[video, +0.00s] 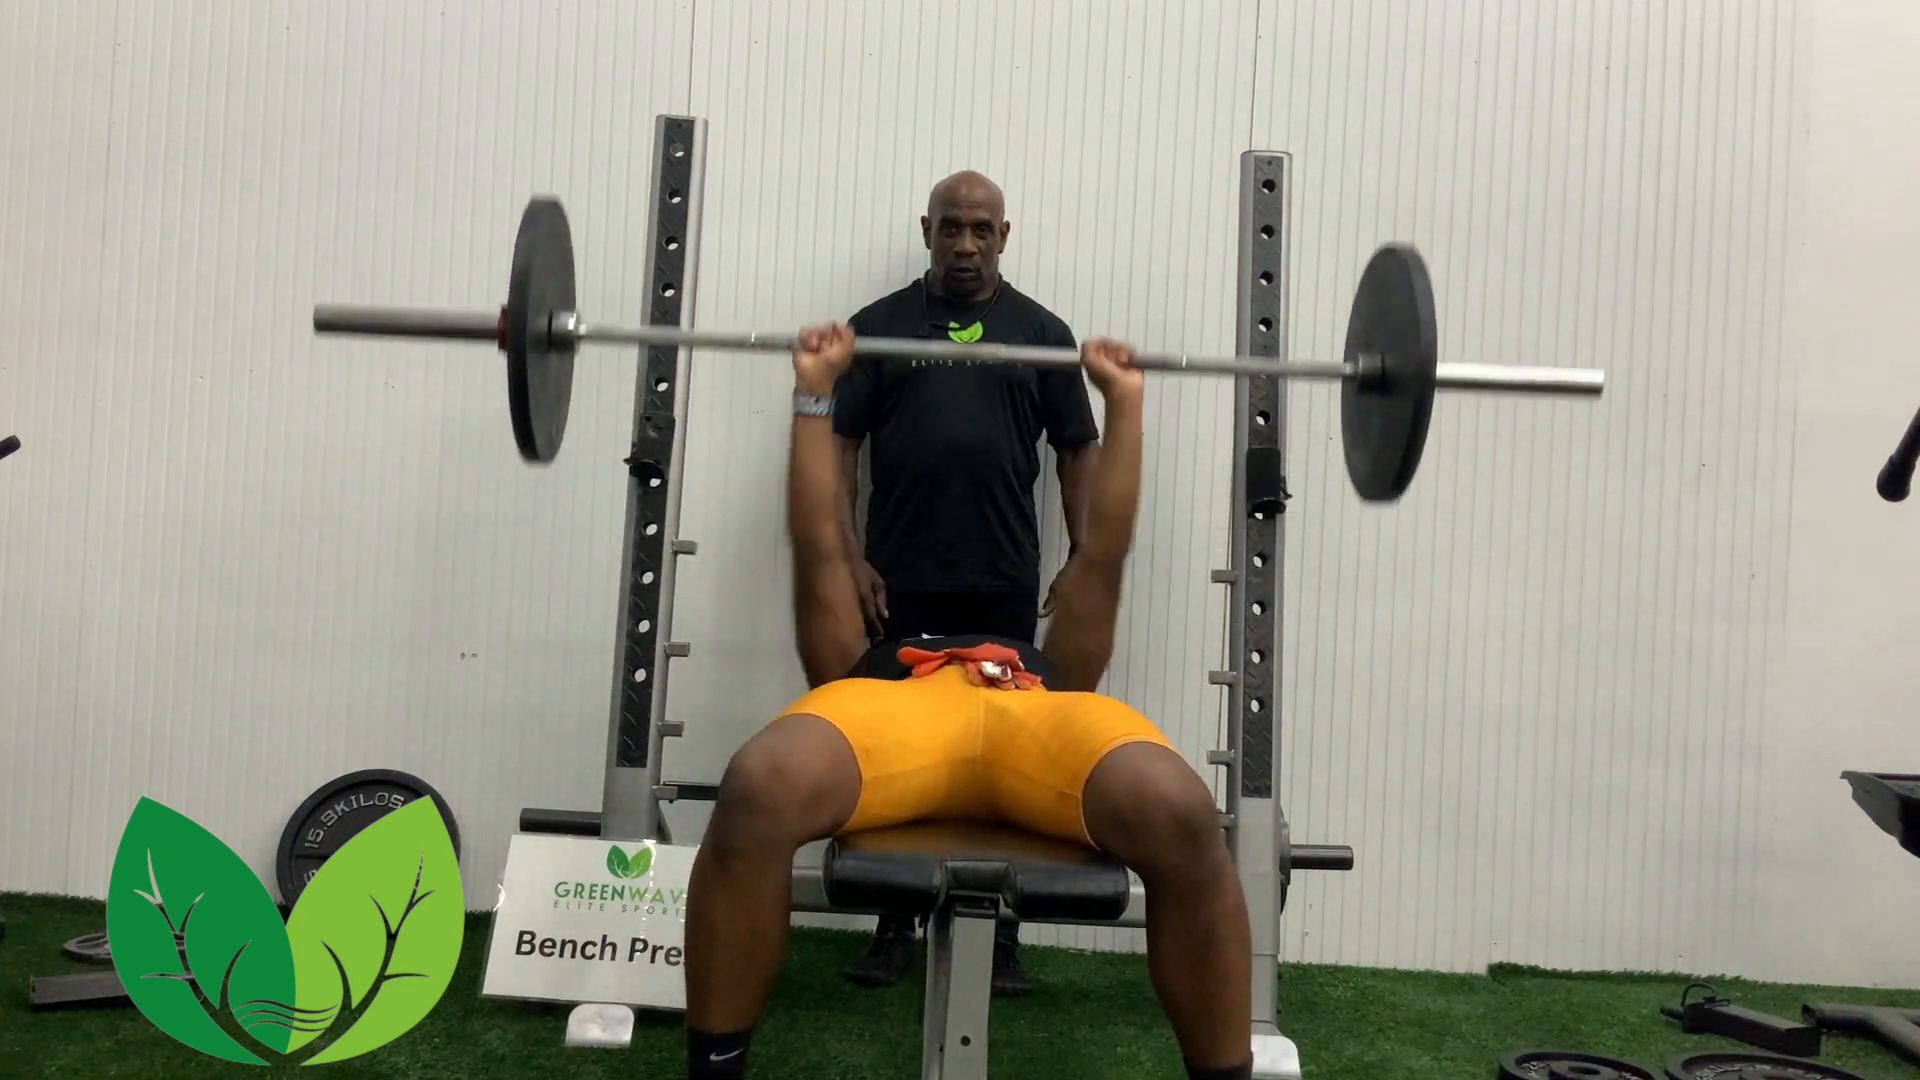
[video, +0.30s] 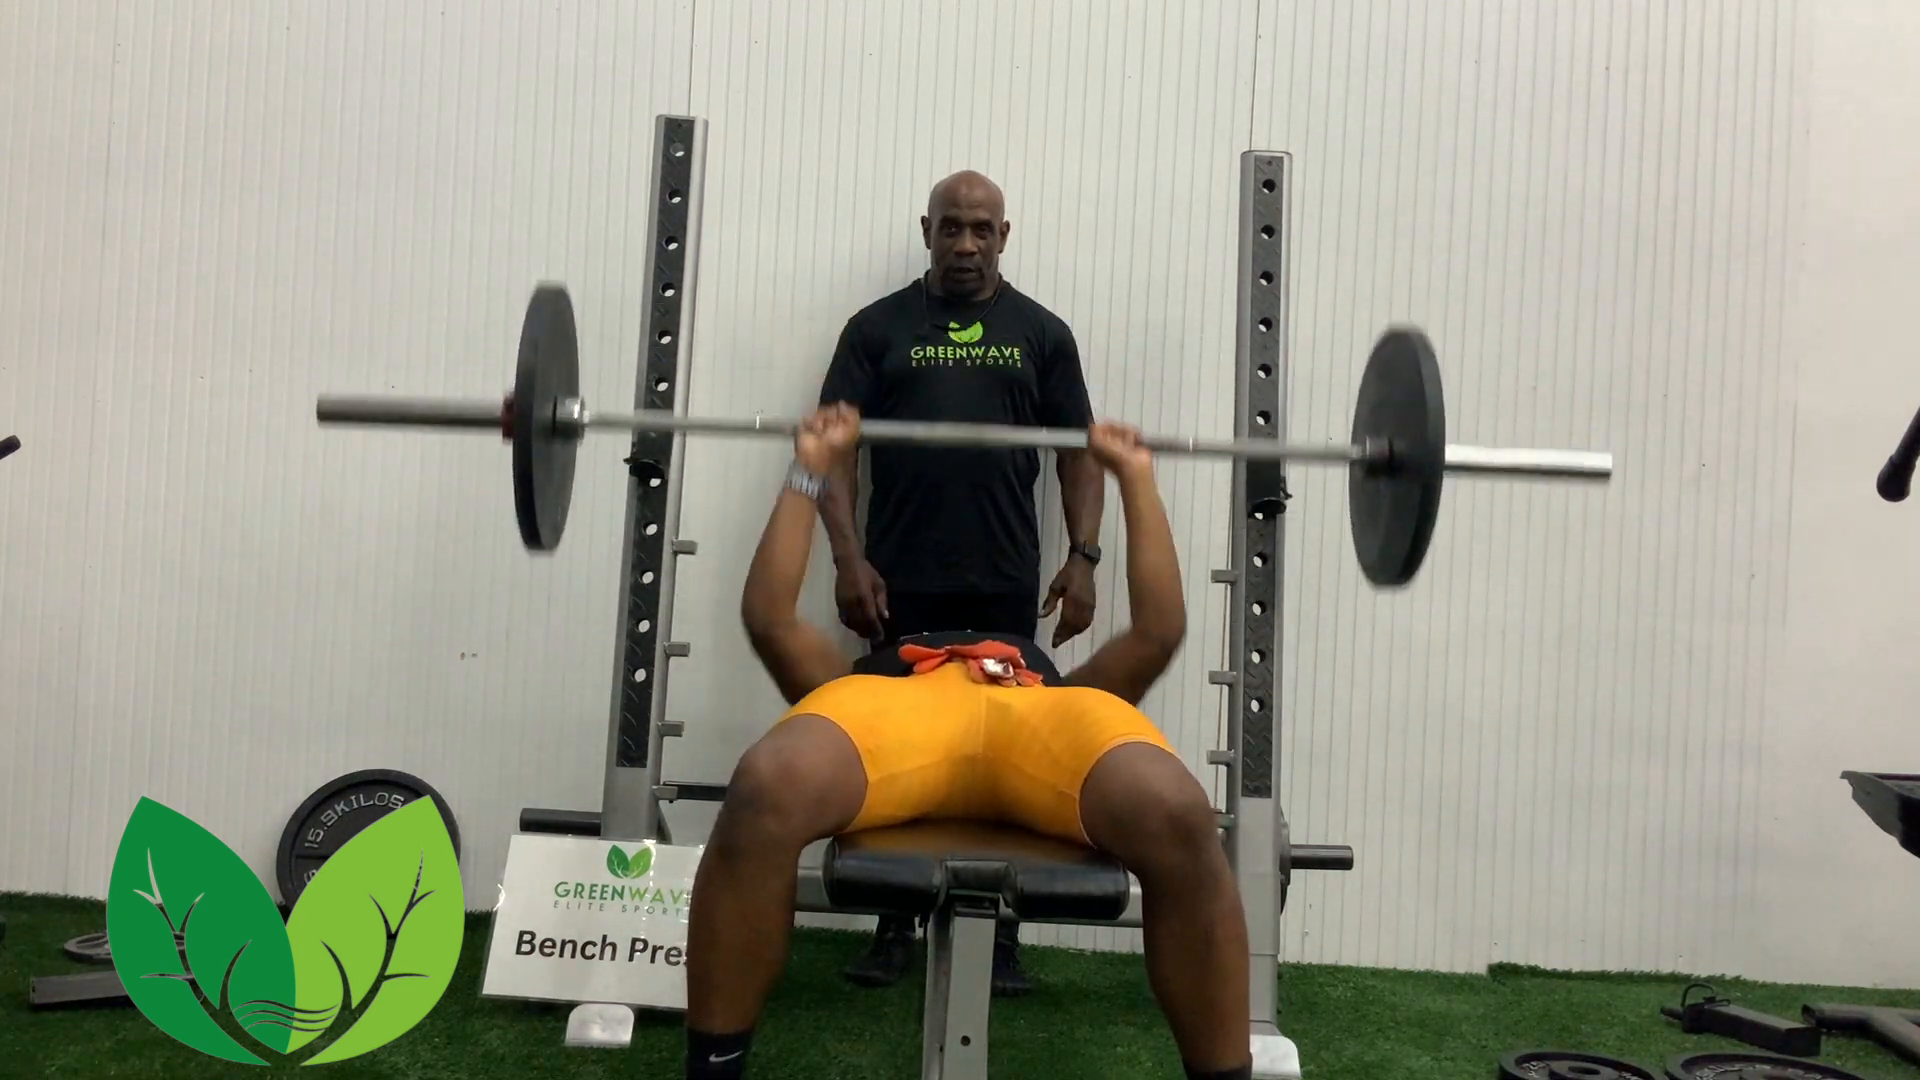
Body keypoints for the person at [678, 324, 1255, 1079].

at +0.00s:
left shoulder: (1058, 684)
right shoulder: (858, 671)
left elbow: (1102, 554)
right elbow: (820, 539)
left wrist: (1125, 398)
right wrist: (813, 395)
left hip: (1045, 711)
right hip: (889, 702)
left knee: (1181, 814)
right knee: (756, 787)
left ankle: (1227, 1073)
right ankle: (714, 1069)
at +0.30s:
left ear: (1032, 676)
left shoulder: (1064, 690)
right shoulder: (864, 679)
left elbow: (1158, 629)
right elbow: (770, 614)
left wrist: (1137, 475)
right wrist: (806, 471)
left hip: (1042, 708)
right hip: (886, 698)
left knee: (1183, 820)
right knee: (764, 788)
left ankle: (1226, 1071)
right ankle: (713, 1062)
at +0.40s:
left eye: (1001, 656)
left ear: (1019, 662)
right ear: (915, 657)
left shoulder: (1058, 691)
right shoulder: (874, 680)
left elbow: (1171, 703)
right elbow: (755, 685)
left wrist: (1136, 552)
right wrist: (805, 547)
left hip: (1041, 704)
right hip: (895, 696)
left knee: (1179, 822)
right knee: (758, 792)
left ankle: (1224, 1069)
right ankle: (712, 1066)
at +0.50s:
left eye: (999, 655)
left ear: (1028, 671)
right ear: (921, 648)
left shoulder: (1056, 700)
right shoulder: (885, 689)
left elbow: (1171, 772)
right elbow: (763, 754)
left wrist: (1136, 620)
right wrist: (803, 612)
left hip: (1053, 707)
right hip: (890, 698)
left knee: (1178, 823)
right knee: (761, 789)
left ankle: (1223, 1072)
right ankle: (711, 1066)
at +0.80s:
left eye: (1008, 657)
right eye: (943, 655)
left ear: (1030, 671)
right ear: (920, 663)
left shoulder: (1052, 689)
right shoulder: (878, 687)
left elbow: (1176, 725)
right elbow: (757, 699)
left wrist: (1138, 571)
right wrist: (803, 556)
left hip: (1042, 699)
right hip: (897, 693)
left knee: (1182, 822)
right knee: (763, 794)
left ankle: (1222, 1071)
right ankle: (713, 1066)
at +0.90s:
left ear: (1031, 669)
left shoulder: (1063, 694)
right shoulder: (863, 682)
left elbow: (1163, 667)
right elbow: (765, 635)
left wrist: (1139, 515)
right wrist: (804, 498)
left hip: (1049, 708)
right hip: (889, 699)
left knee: (1181, 822)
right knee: (760, 792)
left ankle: (1224, 1071)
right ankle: (713, 1065)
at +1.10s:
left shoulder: (1055, 676)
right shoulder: (856, 670)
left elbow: (1095, 556)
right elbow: (840, 532)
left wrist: (1133, 401)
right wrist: (829, 382)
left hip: (1045, 708)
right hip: (887, 701)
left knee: (1187, 815)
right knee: (757, 786)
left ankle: (1227, 1071)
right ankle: (714, 1066)